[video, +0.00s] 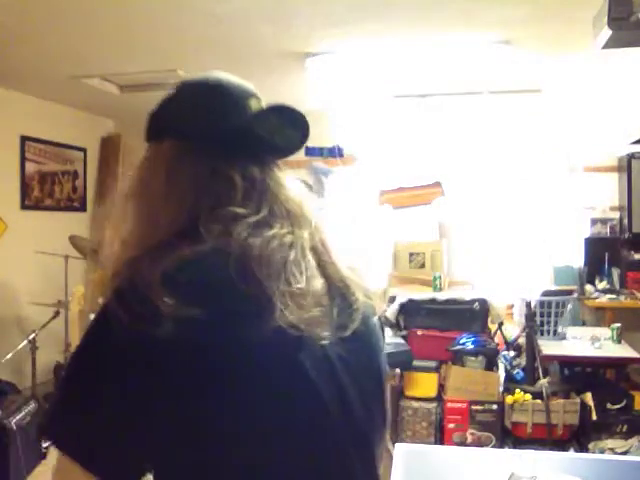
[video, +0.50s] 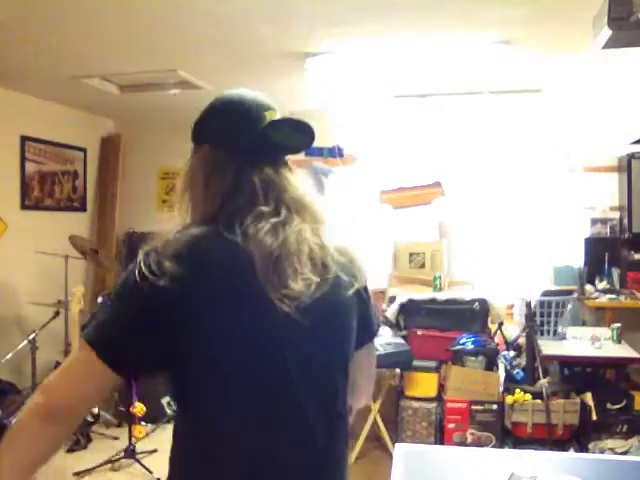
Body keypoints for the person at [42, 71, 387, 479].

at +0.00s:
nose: (137, 187)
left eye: (148, 166)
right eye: (146, 166)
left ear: (166, 180)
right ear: (268, 174)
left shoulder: (157, 300)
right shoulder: (350, 305)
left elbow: (76, 467)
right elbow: (377, 460)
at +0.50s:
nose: (188, 177)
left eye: (193, 164)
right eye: (190, 164)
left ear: (207, 169)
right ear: (286, 169)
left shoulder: (180, 266)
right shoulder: (342, 269)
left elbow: (57, 406)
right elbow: (360, 395)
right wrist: (320, 451)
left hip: (209, 467)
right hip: (318, 469)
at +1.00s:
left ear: (179, 190)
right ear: (248, 189)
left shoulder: (150, 275)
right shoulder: (295, 265)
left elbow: (78, 405)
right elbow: (339, 387)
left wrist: (55, 471)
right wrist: (295, 350)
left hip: (184, 470)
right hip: (283, 470)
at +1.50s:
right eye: (289, 181)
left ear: (217, 186)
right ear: (290, 186)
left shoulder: (176, 268)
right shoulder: (321, 270)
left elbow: (99, 386)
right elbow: (366, 397)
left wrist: (93, 455)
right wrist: (365, 339)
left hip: (199, 469)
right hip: (297, 470)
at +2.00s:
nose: (318, 177)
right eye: (313, 167)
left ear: (228, 169)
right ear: (309, 175)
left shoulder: (178, 264)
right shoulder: (345, 276)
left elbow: (67, 392)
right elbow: (393, 420)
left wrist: (76, 450)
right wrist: (396, 347)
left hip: (195, 469)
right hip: (307, 470)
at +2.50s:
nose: (244, 169)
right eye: (237, 158)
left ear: (130, 165)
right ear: (230, 169)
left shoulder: (64, 283)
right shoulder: (275, 289)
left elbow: (1, 402)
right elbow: (340, 465)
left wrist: (12, 460)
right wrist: (374, 371)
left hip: (97, 473)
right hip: (237, 475)